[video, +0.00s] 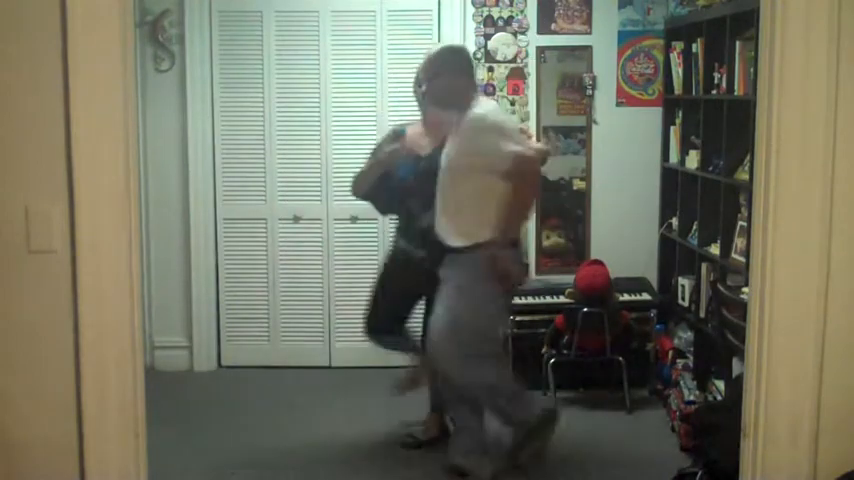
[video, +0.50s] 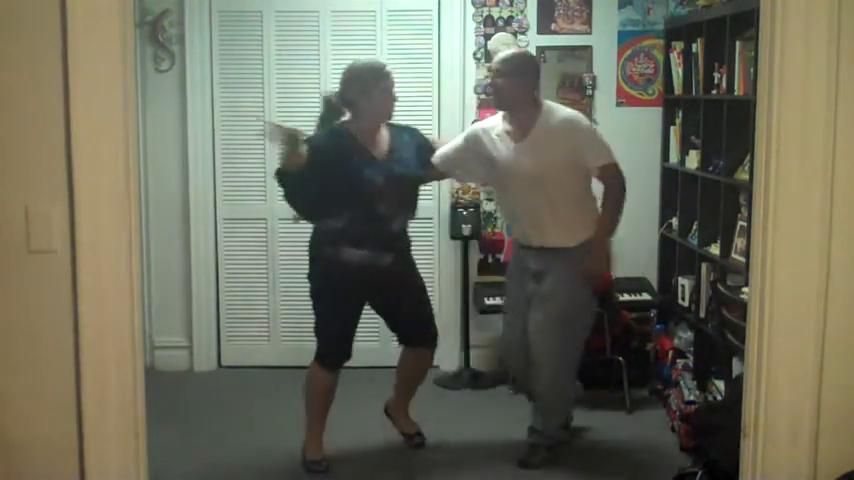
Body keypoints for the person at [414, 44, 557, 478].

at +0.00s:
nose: (425, 95)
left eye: (429, 85)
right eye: (423, 87)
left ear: (452, 82)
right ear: (456, 84)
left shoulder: (482, 123)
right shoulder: (463, 127)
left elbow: (528, 167)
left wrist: (505, 241)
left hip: (483, 258)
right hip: (462, 258)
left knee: (450, 350)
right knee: (455, 353)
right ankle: (473, 452)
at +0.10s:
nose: (447, 84)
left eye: (453, 75)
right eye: (446, 76)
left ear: (482, 74)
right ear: (458, 80)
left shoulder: (513, 122)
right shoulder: (471, 127)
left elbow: (554, 174)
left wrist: (529, 242)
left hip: (506, 258)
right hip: (468, 258)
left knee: (506, 355)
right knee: (453, 356)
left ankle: (542, 437)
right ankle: (469, 455)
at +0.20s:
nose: (463, 88)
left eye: (471, 79)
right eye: (462, 80)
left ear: (500, 80)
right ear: (470, 84)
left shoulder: (540, 127)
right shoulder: (476, 128)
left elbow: (568, 189)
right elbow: (474, 188)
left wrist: (542, 256)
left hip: (534, 262)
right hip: (486, 260)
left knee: (533, 360)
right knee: (456, 339)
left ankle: (544, 444)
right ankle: (481, 436)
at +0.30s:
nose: (477, 90)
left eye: (485, 81)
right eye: (476, 81)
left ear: (516, 81)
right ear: (481, 86)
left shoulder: (555, 130)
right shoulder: (481, 136)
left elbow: (583, 194)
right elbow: (436, 168)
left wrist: (556, 260)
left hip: (553, 264)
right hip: (504, 260)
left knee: (533, 348)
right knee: (473, 333)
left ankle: (547, 437)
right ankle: (510, 401)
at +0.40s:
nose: (484, 91)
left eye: (492, 83)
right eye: (483, 84)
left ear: (522, 85)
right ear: (492, 88)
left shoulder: (566, 130)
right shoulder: (483, 137)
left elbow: (601, 189)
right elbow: (431, 169)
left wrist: (577, 257)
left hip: (563, 265)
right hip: (514, 260)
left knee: (543, 357)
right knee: (494, 348)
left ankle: (545, 441)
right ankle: (544, 392)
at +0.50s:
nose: (490, 84)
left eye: (501, 77)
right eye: (491, 77)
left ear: (529, 84)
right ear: (496, 85)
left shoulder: (571, 127)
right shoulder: (485, 136)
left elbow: (615, 182)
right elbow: (428, 168)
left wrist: (601, 244)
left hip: (573, 255)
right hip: (523, 255)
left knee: (550, 345)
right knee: (515, 348)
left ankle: (547, 433)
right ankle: (556, 413)